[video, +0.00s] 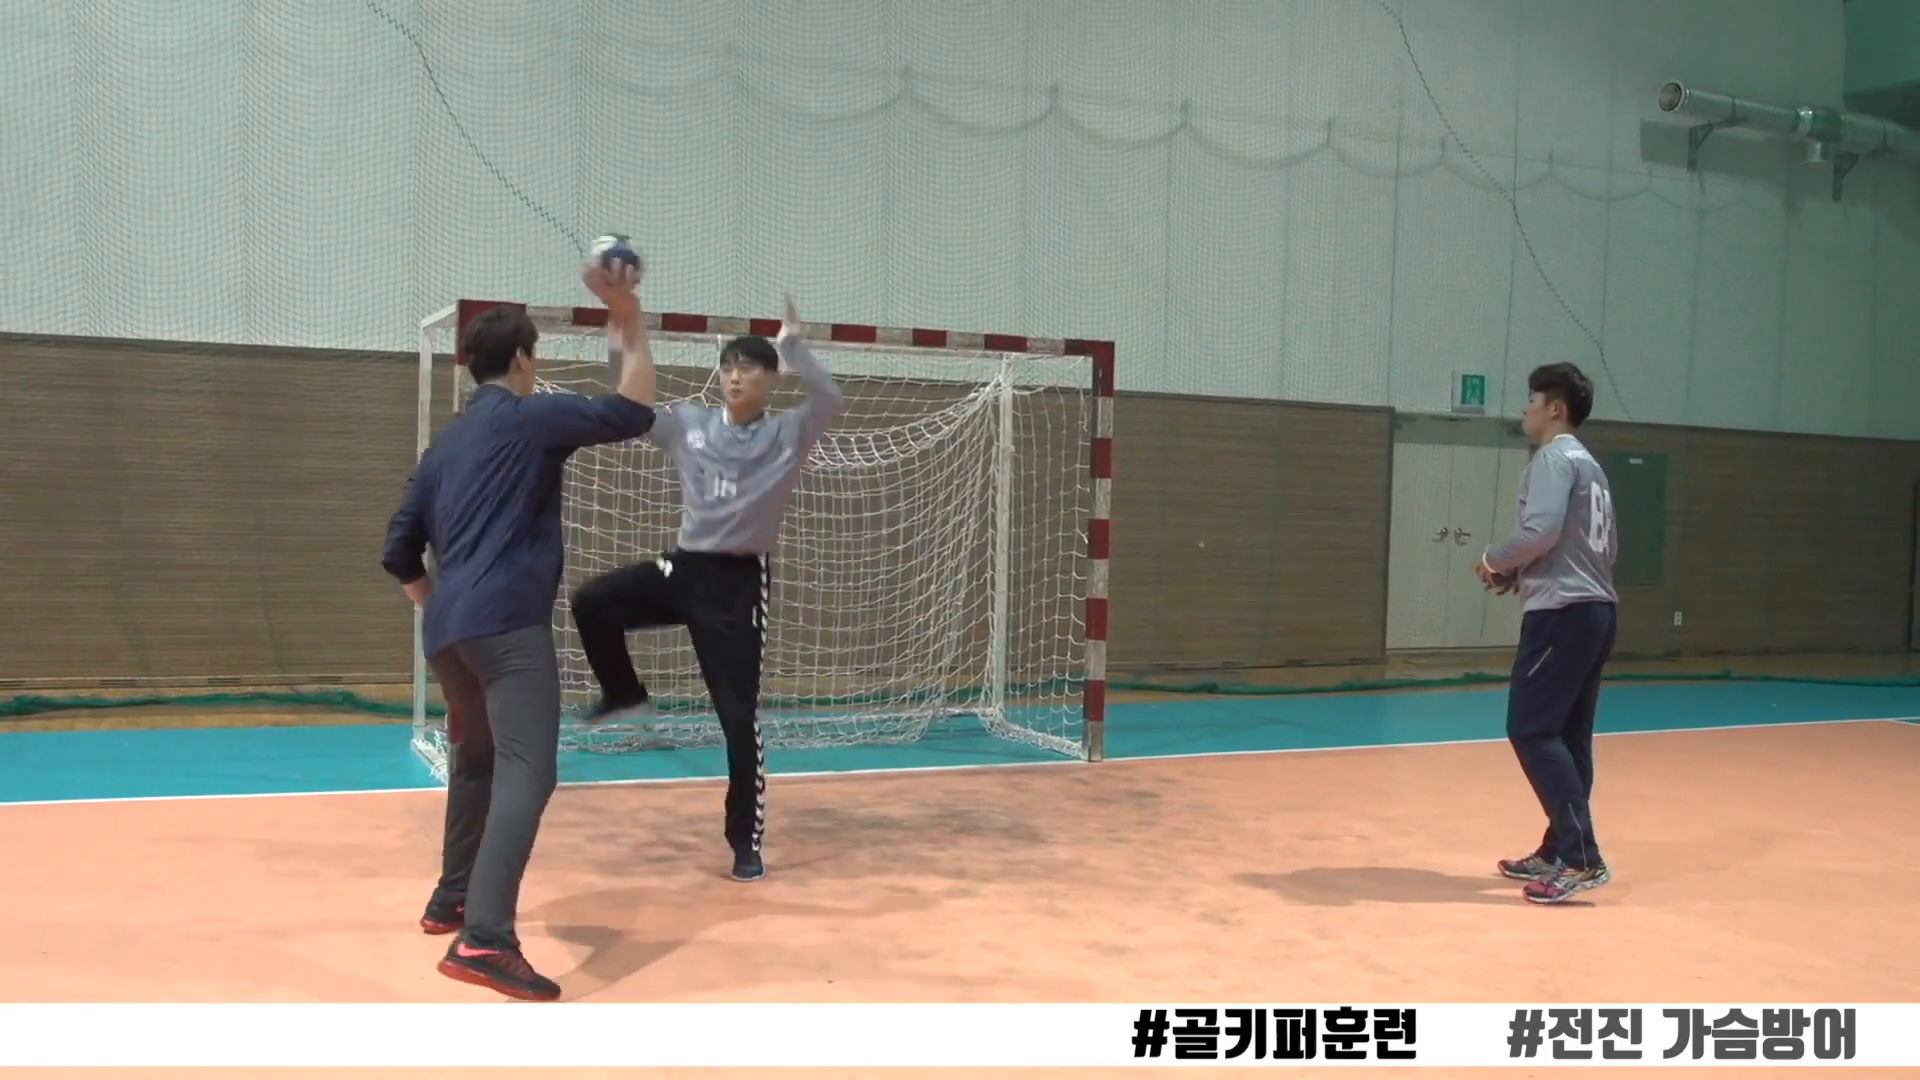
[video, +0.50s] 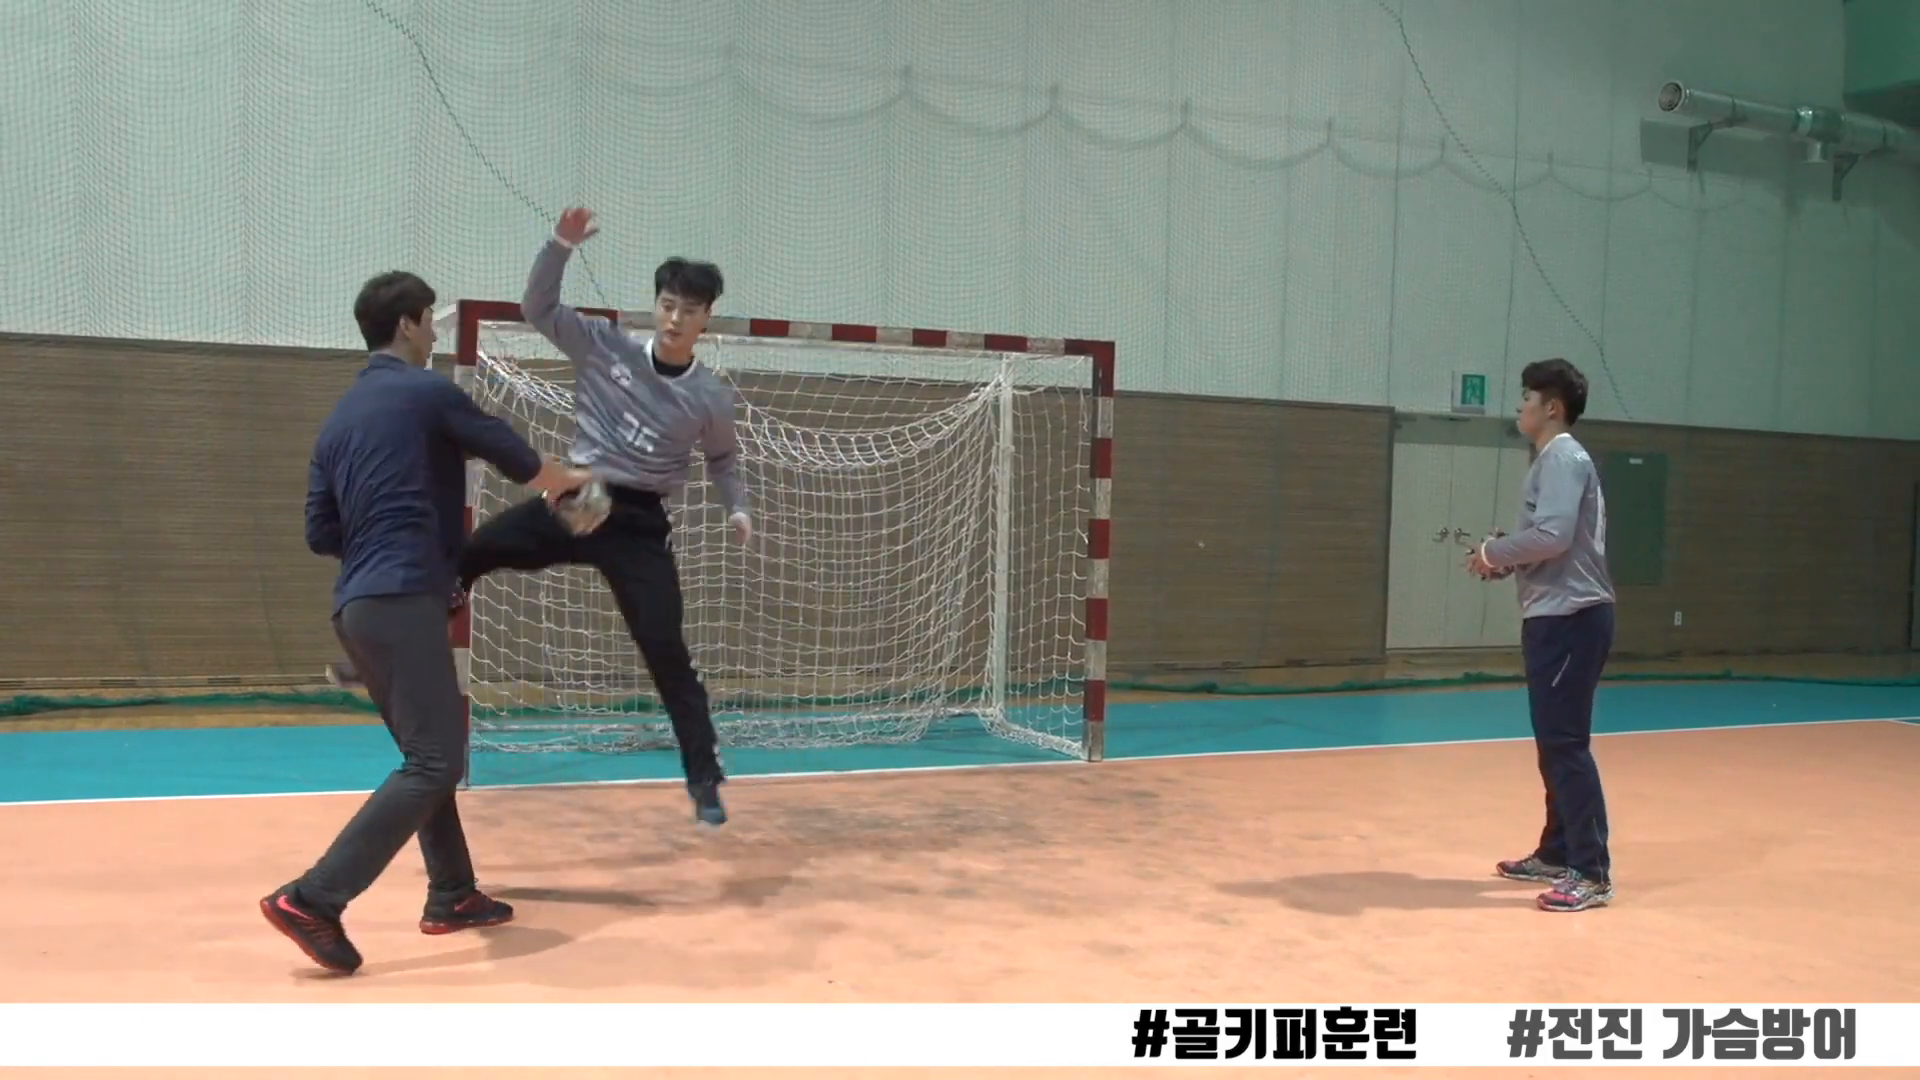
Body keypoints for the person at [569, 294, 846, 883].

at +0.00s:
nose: (737, 376)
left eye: (749, 368)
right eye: (730, 367)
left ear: (772, 379)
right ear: (720, 377)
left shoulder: (788, 434)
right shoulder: (690, 423)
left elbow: (830, 400)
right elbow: (628, 410)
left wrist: (793, 349)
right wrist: (623, 340)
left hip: (737, 582)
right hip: (681, 572)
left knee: (738, 719)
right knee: (592, 602)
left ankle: (747, 845)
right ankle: (623, 693)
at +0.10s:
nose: (706, 313)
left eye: (719, 303)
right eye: (700, 302)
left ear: (745, 313)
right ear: (692, 311)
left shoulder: (770, 367)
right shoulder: (670, 354)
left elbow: (833, 349)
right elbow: (605, 321)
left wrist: (871, 287)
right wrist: (561, 268)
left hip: (717, 518)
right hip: (663, 504)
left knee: (735, 650)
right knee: (571, 492)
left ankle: (761, 774)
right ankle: (554, 594)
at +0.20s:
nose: (689, 273)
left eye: (701, 264)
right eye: (682, 264)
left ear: (726, 272)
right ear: (671, 272)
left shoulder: (748, 336)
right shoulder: (645, 317)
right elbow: (580, 294)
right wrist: (525, 245)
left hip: (706, 480)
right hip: (644, 460)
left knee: (745, 584)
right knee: (553, 444)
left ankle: (765, 700)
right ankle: (477, 516)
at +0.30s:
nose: (678, 267)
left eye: (691, 258)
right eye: (671, 257)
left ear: (717, 264)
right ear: (662, 261)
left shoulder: (734, 338)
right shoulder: (628, 305)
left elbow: (792, 392)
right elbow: (560, 283)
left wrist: (855, 407)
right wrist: (517, 222)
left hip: (682, 465)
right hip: (614, 442)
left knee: (742, 553)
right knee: (500, 451)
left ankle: (770, 687)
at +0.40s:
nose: (677, 281)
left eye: (690, 272)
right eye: (670, 269)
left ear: (712, 280)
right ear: (659, 271)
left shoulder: (723, 359)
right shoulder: (612, 312)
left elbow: (762, 420)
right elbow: (548, 274)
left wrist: (790, 449)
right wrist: (535, 204)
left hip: (662, 482)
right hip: (592, 463)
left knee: (711, 590)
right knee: (487, 468)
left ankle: (757, 718)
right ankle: (419, 575)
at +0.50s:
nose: (674, 319)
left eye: (688, 312)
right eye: (668, 306)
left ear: (706, 320)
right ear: (655, 304)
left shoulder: (711, 399)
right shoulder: (607, 345)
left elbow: (725, 463)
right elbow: (538, 310)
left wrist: (739, 508)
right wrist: (561, 246)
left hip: (637, 528)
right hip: (569, 505)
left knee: (665, 651)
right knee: (472, 550)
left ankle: (705, 785)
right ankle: (383, 649)